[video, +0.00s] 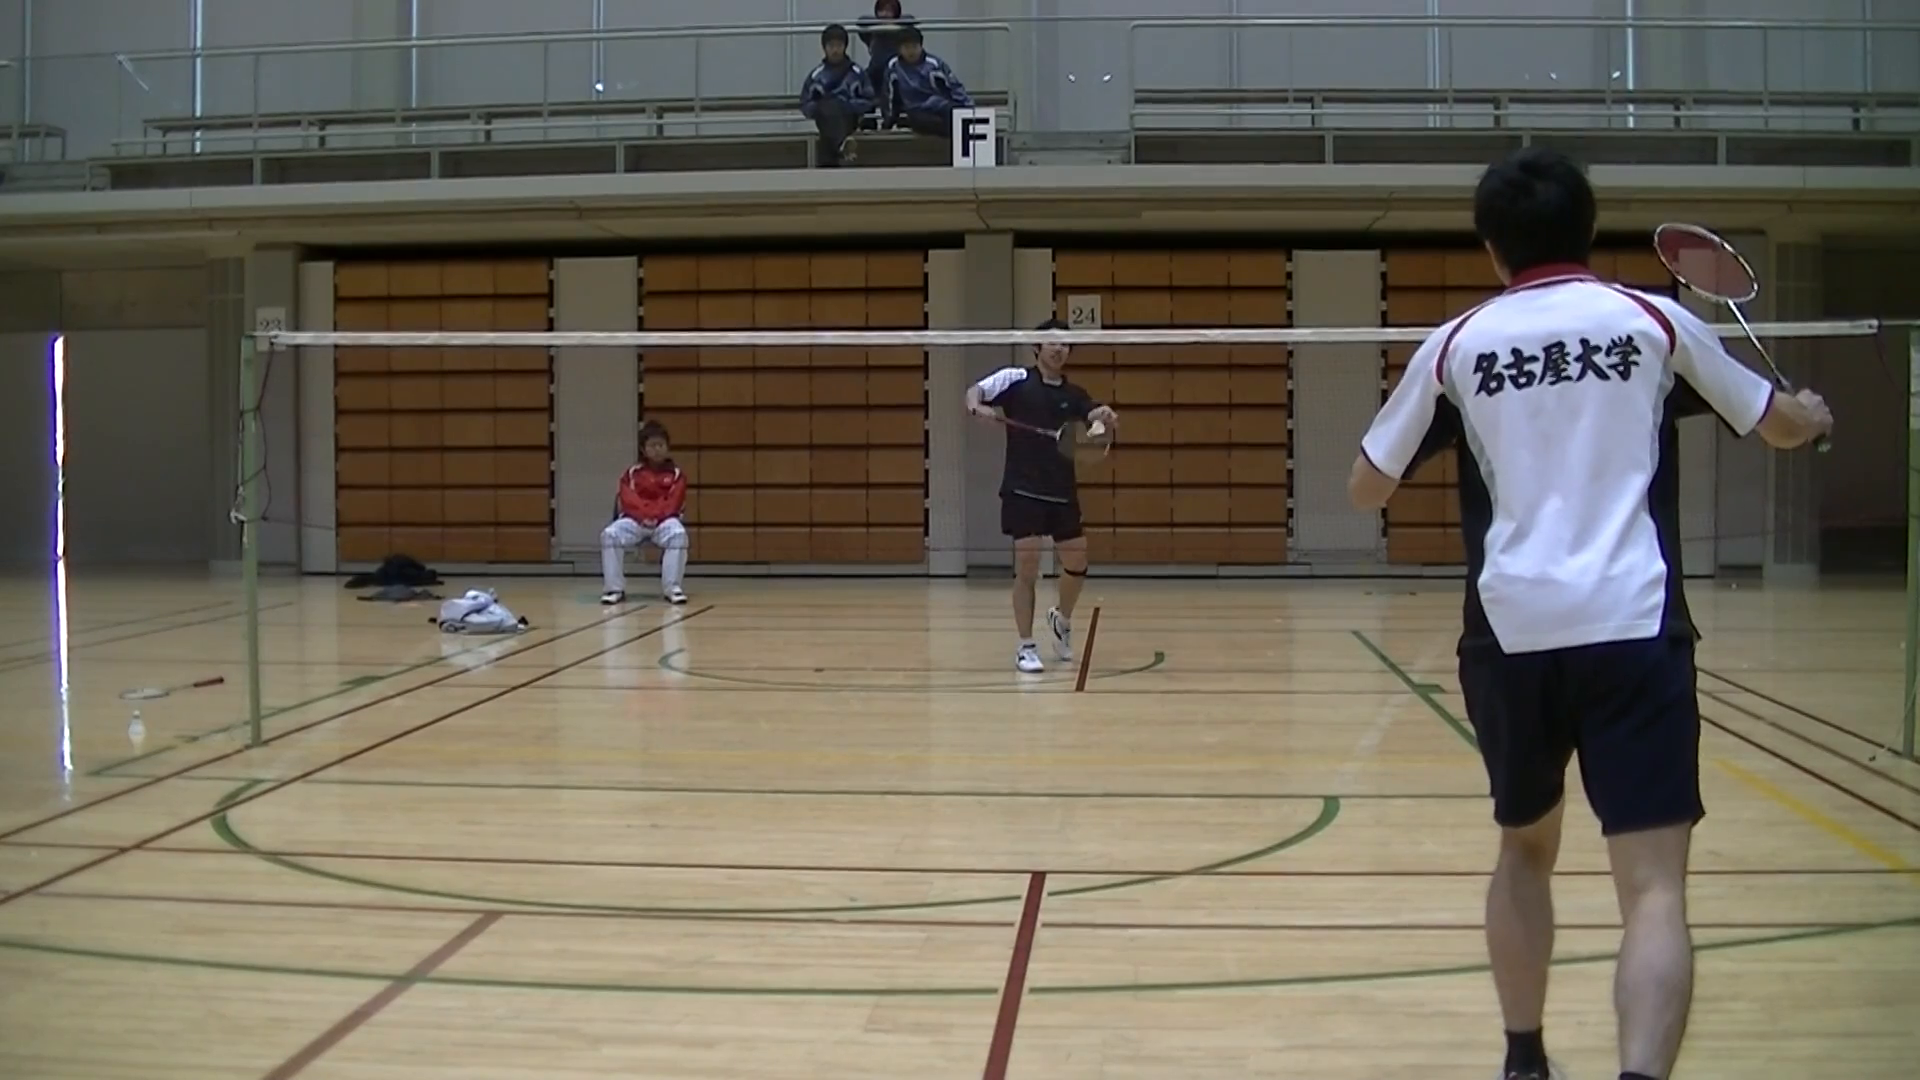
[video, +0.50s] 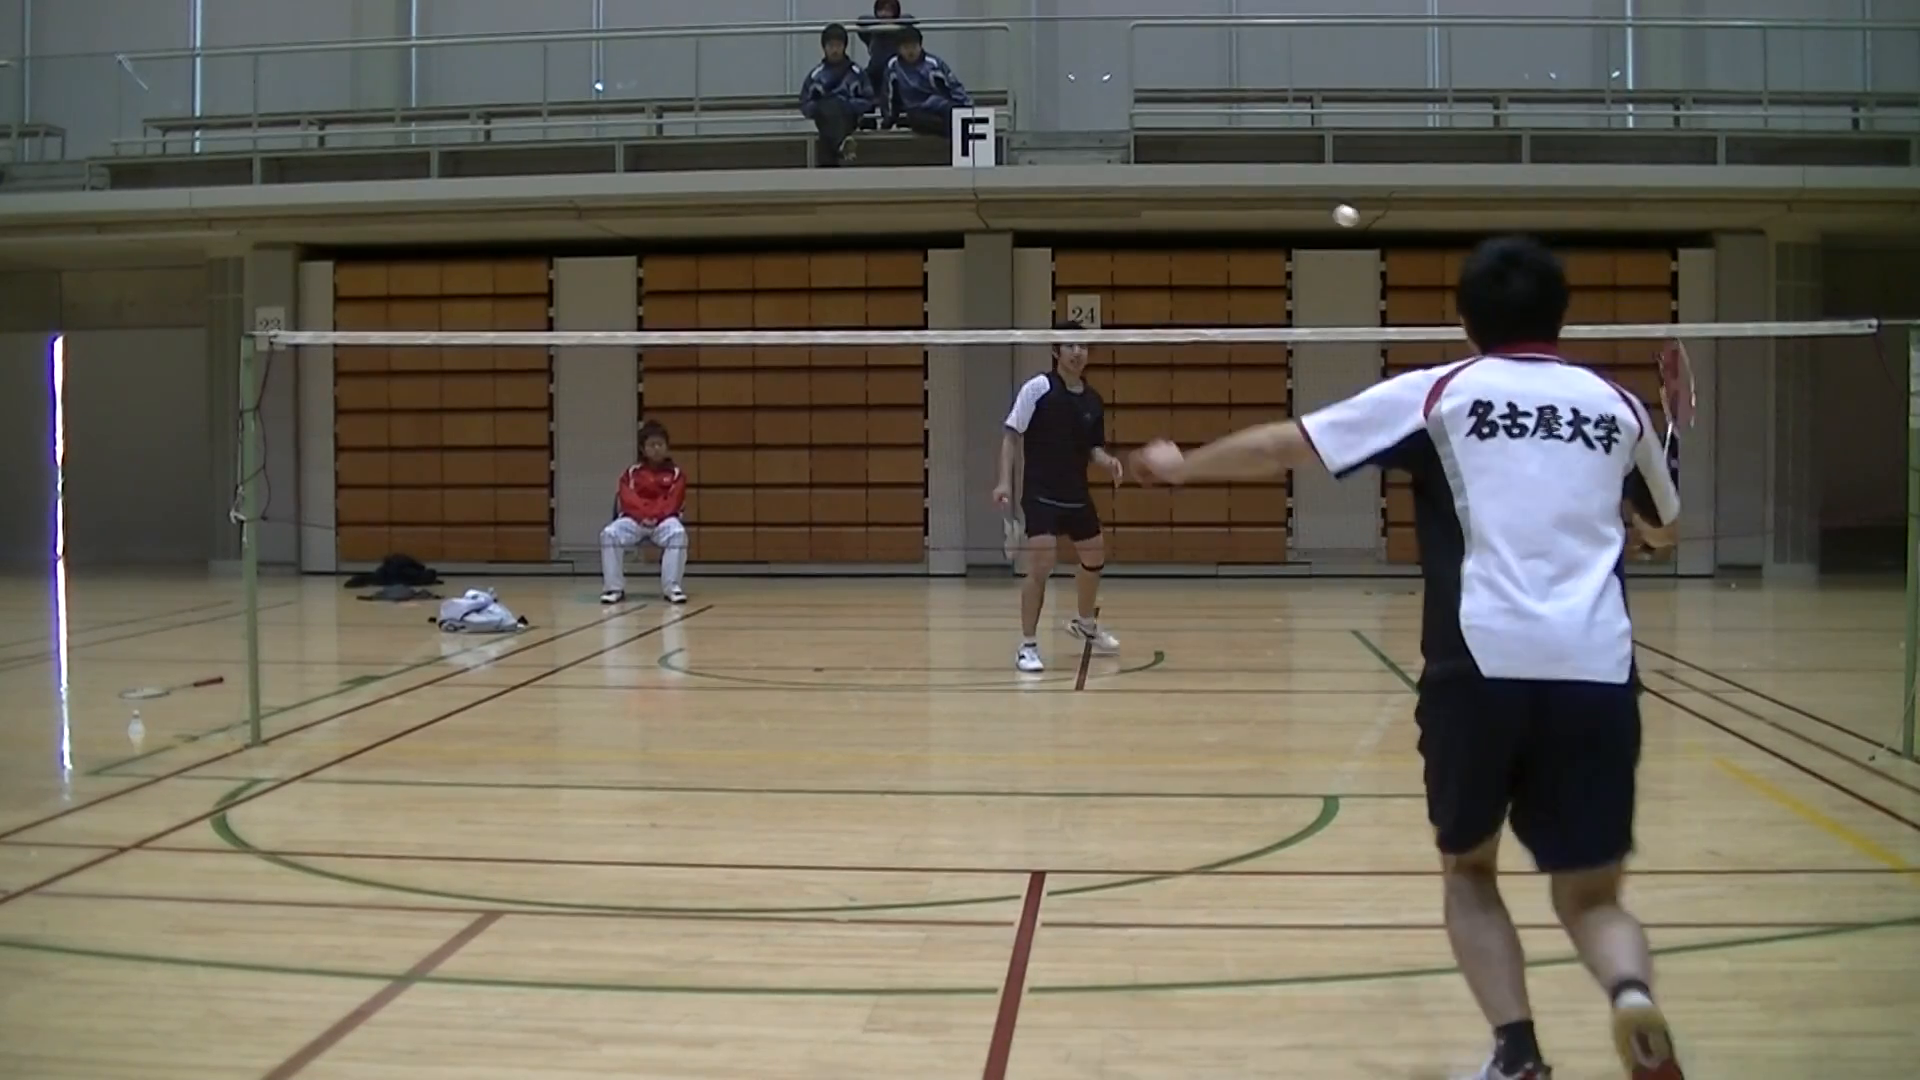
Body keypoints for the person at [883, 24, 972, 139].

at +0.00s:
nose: (911, 52)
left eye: (914, 47)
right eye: (906, 47)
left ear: (921, 47)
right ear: (899, 49)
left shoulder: (935, 64)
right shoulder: (894, 67)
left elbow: (954, 87)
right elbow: (890, 96)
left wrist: (968, 107)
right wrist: (889, 121)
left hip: (942, 107)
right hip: (916, 112)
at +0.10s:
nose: (911, 52)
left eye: (914, 47)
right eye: (906, 48)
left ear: (921, 47)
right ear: (899, 50)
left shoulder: (935, 64)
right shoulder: (893, 68)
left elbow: (955, 87)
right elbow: (889, 96)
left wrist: (968, 107)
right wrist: (889, 120)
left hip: (943, 107)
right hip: (915, 112)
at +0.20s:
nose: (911, 52)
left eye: (914, 47)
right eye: (906, 48)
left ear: (921, 46)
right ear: (899, 49)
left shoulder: (935, 64)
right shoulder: (893, 68)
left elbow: (954, 87)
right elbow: (889, 96)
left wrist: (968, 107)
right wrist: (889, 121)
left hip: (943, 107)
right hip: (915, 112)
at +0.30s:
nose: (910, 52)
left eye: (914, 47)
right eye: (906, 48)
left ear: (921, 47)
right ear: (899, 49)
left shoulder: (935, 64)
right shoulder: (893, 68)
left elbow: (954, 87)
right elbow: (889, 96)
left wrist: (968, 106)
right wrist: (888, 121)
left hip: (943, 108)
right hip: (914, 112)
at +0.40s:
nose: (910, 51)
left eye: (914, 46)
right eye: (905, 47)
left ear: (921, 46)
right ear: (899, 49)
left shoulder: (934, 64)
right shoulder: (893, 67)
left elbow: (954, 87)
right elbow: (890, 95)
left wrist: (967, 106)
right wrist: (889, 119)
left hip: (942, 107)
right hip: (915, 112)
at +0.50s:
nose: (910, 51)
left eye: (914, 47)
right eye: (905, 47)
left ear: (920, 46)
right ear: (899, 49)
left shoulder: (934, 64)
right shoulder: (893, 67)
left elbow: (954, 86)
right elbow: (889, 95)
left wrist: (966, 106)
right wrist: (889, 119)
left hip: (942, 107)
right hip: (915, 112)